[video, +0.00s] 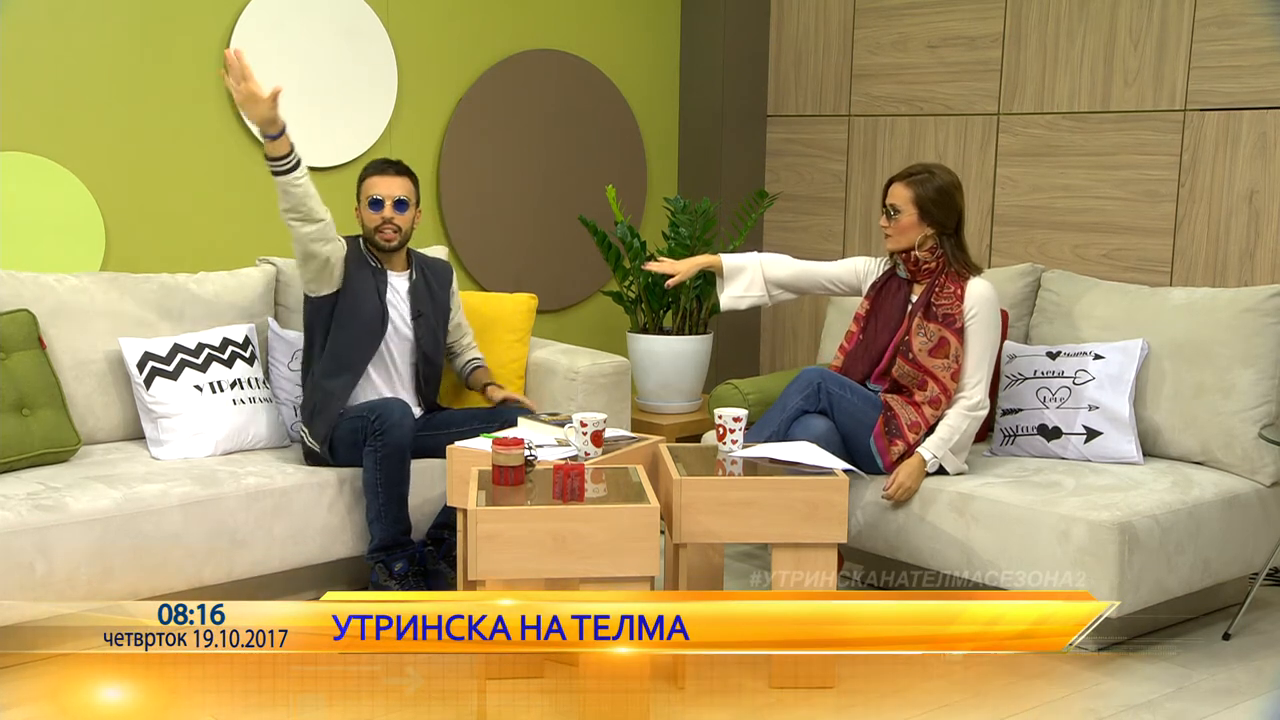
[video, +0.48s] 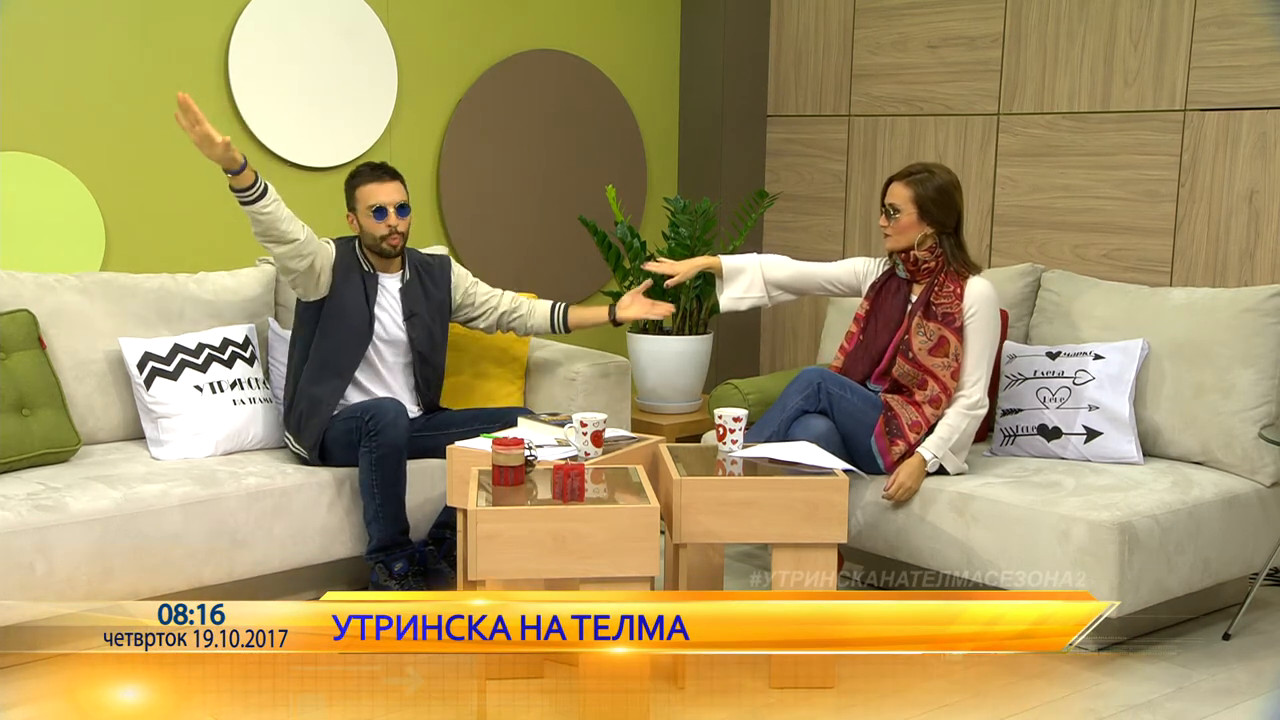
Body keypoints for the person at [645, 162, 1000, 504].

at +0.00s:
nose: (884, 222)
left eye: (895, 213)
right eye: (886, 212)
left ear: (932, 222)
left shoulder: (974, 295)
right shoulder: (881, 271)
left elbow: (972, 399)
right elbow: (797, 273)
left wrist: (921, 460)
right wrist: (705, 262)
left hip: (915, 440)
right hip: (862, 423)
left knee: (817, 379)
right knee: (811, 429)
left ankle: (729, 467)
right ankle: (805, 569)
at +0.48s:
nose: (883, 222)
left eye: (895, 213)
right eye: (885, 212)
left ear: (932, 221)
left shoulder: (973, 293)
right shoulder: (880, 272)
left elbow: (971, 398)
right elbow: (794, 273)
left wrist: (922, 460)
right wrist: (704, 263)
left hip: (916, 440)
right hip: (862, 423)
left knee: (816, 379)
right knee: (811, 429)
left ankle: (728, 468)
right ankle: (805, 570)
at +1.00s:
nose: (888, 220)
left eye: (900, 211)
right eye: (889, 211)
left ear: (937, 219)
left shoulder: (978, 291)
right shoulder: (884, 273)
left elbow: (971, 394)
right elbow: (801, 279)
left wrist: (924, 457)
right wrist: (710, 274)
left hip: (919, 439)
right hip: (864, 422)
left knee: (812, 381)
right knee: (810, 431)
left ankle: (730, 473)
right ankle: (810, 571)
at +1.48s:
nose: (934, 223)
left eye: (949, 216)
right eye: (928, 214)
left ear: (976, 229)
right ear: (918, 222)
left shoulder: (994, 292)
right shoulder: (896, 282)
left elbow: (1044, 276)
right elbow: (810, 294)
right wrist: (718, 303)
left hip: (924, 440)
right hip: (865, 422)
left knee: (812, 381)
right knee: (810, 432)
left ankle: (734, 472)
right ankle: (802, 570)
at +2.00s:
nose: (947, 229)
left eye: (962, 220)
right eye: (940, 219)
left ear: (988, 231)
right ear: (930, 226)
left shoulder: (1001, 294)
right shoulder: (905, 280)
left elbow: (1045, 237)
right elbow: (820, 290)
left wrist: (1100, 157)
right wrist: (725, 297)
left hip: (925, 433)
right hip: (866, 415)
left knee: (813, 380)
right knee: (807, 434)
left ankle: (731, 469)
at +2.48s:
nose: (943, 229)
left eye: (958, 221)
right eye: (938, 220)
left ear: (990, 232)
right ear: (931, 228)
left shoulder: (1003, 297)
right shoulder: (908, 283)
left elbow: (1050, 243)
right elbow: (823, 291)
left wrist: (1107, 164)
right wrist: (730, 298)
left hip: (924, 434)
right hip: (868, 417)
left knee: (814, 378)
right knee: (805, 431)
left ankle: (733, 460)